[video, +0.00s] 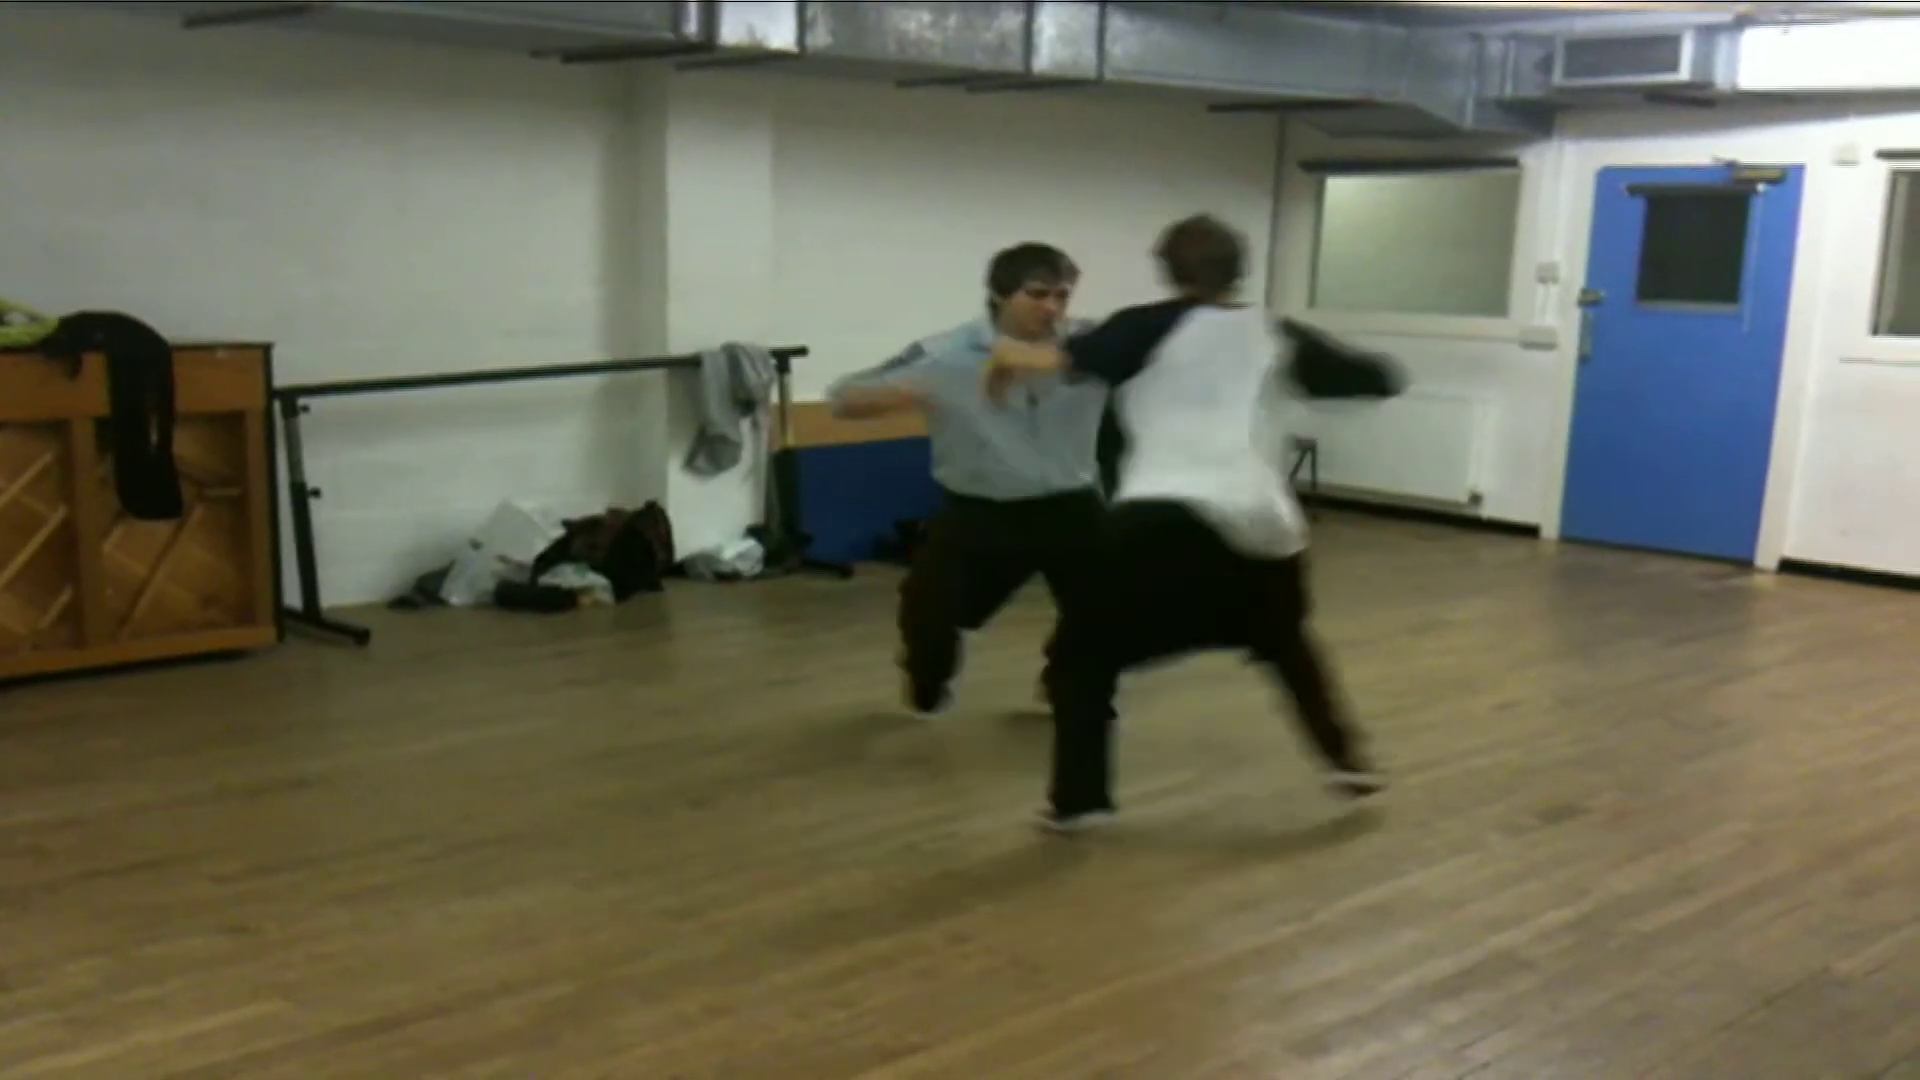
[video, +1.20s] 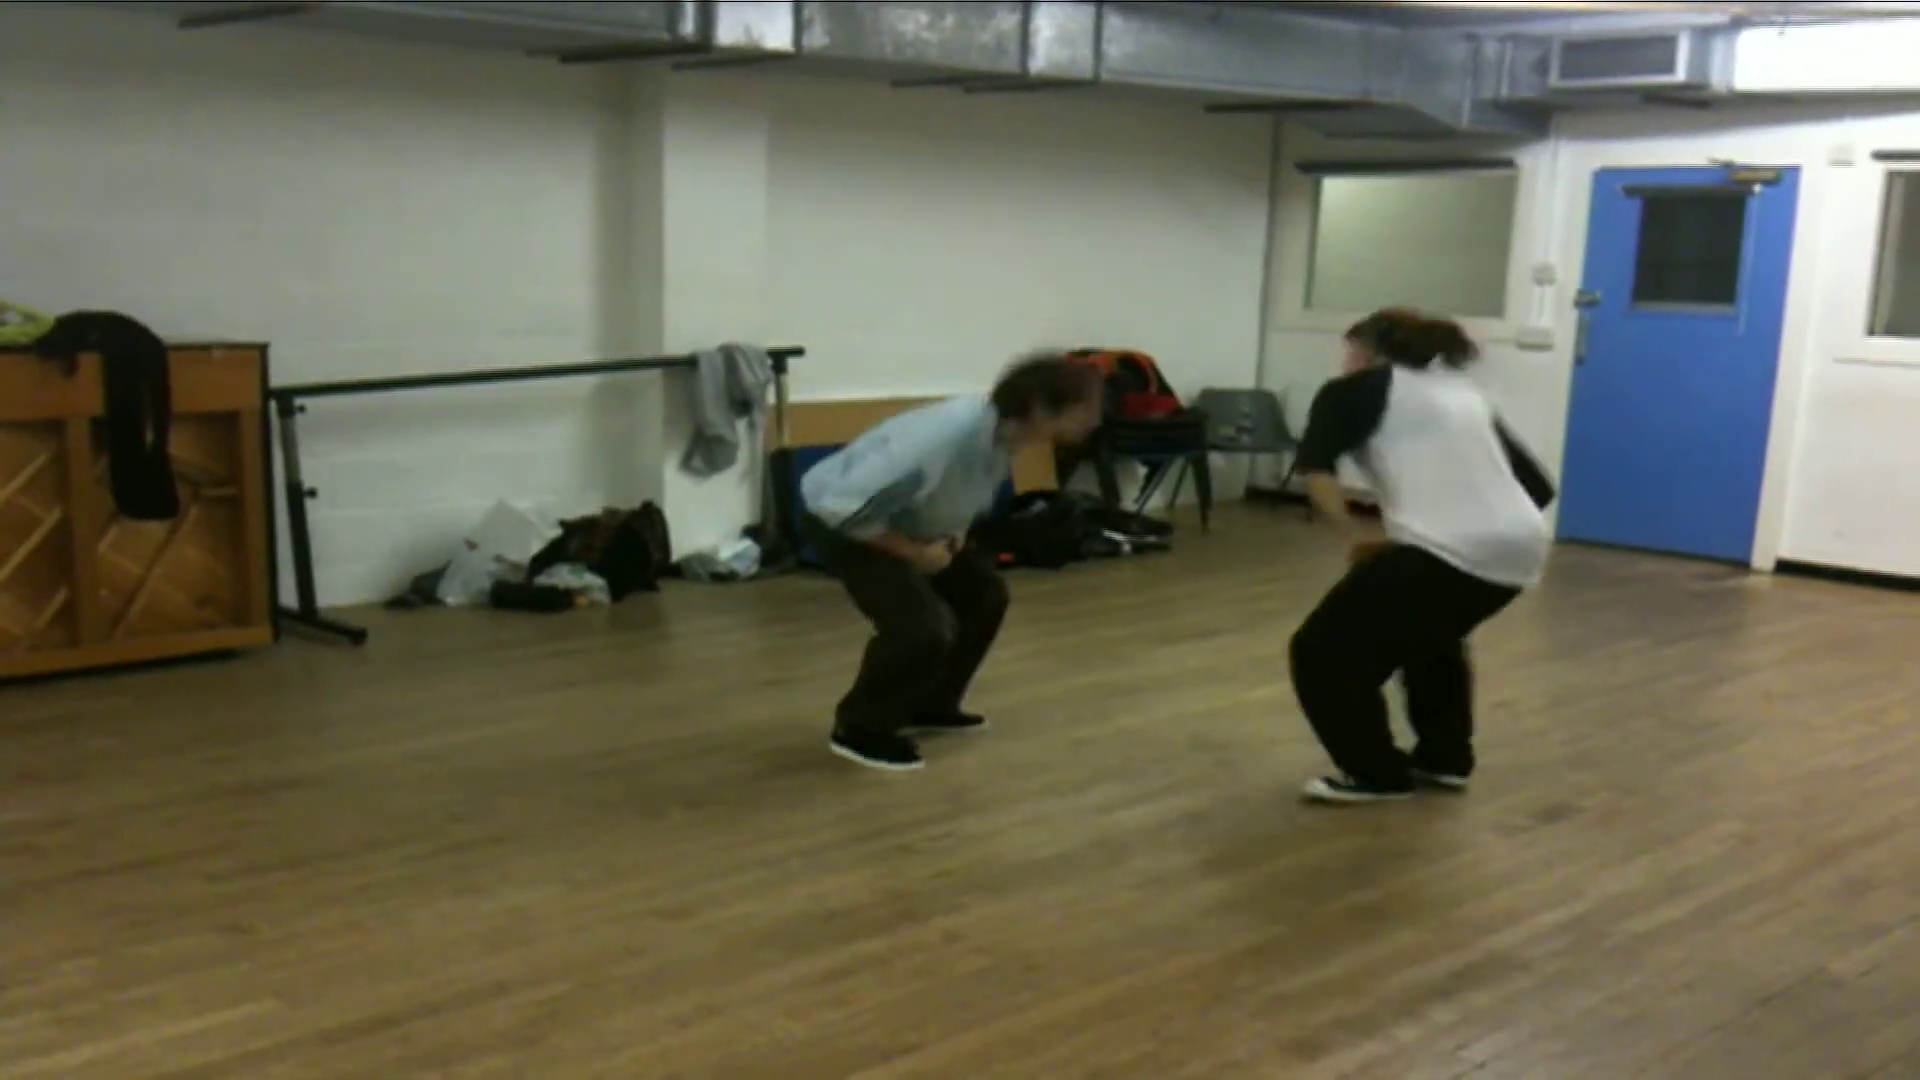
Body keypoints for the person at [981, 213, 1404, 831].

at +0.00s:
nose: (1169, 278)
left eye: (1171, 269)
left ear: (1170, 273)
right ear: (1236, 274)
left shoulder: (1145, 326)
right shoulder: (1273, 335)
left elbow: (1074, 359)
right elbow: (1376, 379)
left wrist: (1010, 362)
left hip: (1155, 534)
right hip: (1257, 540)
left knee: (1083, 654)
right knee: (1286, 642)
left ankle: (1079, 799)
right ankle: (1346, 761)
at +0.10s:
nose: (1244, 290)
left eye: (1248, 282)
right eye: (1247, 283)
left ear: (1259, 282)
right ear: (1318, 284)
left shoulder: (1234, 330)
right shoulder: (1357, 356)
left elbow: (1150, 355)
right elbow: (1414, 404)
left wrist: (1105, 379)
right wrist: (1468, 435)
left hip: (1237, 524)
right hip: (1335, 543)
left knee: (1089, 598)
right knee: (1352, 642)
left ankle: (1103, 742)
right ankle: (1417, 743)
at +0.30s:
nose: (1324, 351)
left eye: (1329, 341)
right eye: (1326, 341)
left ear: (1347, 342)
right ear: (1389, 348)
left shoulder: (1320, 385)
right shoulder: (1416, 394)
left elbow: (1304, 465)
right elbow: (1407, 478)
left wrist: (1263, 525)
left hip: (1374, 542)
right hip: (1451, 549)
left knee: (1215, 620)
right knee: (1375, 630)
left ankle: (1336, 724)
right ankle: (1431, 754)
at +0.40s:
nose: (1311, 336)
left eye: (1317, 325)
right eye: (1311, 324)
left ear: (1343, 324)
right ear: (1369, 323)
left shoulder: (1338, 380)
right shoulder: (1418, 368)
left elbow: (1366, 488)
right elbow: (1429, 468)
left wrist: (1331, 529)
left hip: (1408, 546)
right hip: (1471, 548)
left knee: (1284, 640)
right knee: (1400, 639)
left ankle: (1399, 752)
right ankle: (1437, 758)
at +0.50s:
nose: (1299, 317)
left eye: (1306, 305)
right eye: (1300, 305)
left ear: (1338, 309)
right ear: (1352, 305)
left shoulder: (1390, 373)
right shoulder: (1414, 349)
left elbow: (1398, 494)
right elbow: (1412, 484)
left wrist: (1354, 534)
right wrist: (1367, 529)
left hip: (1435, 542)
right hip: (1461, 537)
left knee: (1348, 650)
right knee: (1413, 649)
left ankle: (1429, 767)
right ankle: (1438, 761)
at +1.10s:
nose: (1318, 371)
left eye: (1326, 359)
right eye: (1321, 360)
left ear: (1355, 361)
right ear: (1369, 363)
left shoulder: (1368, 395)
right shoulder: (1411, 398)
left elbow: (1368, 486)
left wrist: (1391, 547)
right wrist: (1401, 545)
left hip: (1464, 551)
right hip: (1494, 551)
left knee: (1317, 661)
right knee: (1393, 647)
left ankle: (1372, 772)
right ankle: (1437, 757)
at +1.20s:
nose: (1343, 366)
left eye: (1350, 356)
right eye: (1345, 355)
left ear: (1373, 356)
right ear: (1413, 353)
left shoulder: (1357, 390)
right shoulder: (1465, 397)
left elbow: (1315, 468)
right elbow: (1537, 489)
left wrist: (1352, 534)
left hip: (1443, 543)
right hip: (1518, 546)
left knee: (1321, 649)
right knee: (1431, 635)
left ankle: (1374, 771)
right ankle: (1444, 758)